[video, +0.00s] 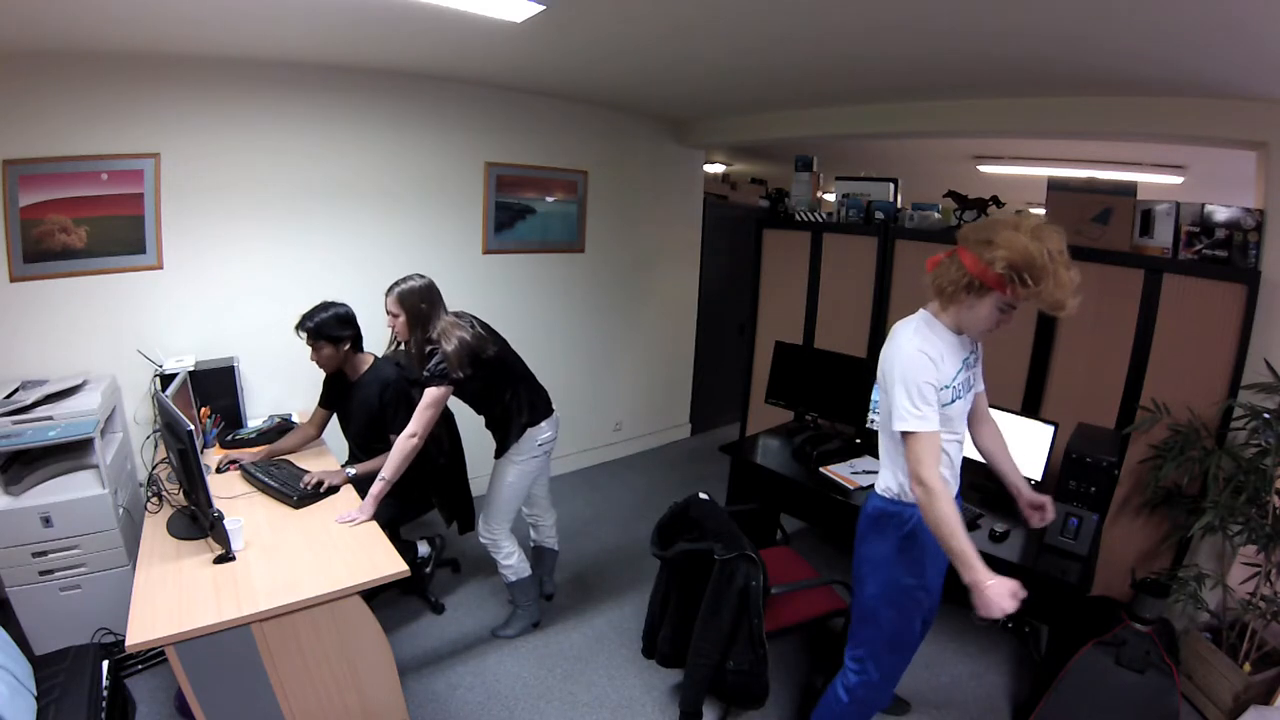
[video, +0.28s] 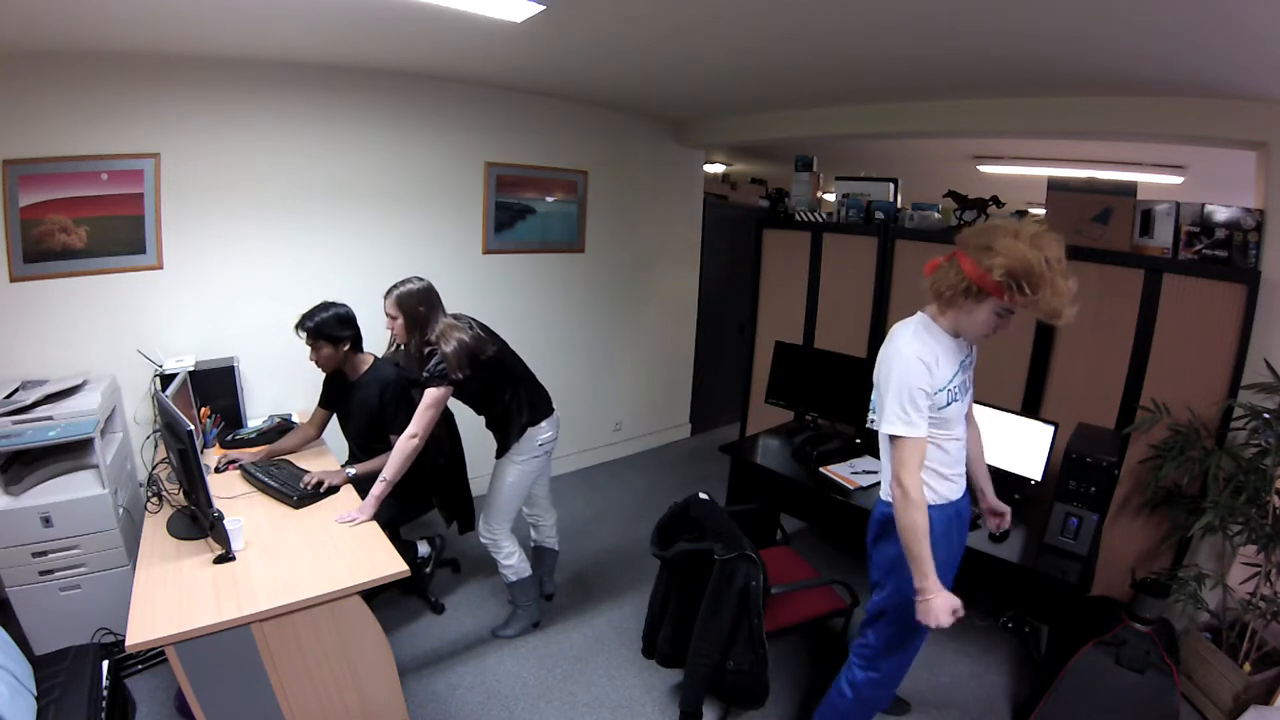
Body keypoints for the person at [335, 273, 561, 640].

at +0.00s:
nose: (389, 324)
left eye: (393, 316)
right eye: (388, 315)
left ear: (418, 313)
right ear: (425, 310)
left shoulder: (446, 349)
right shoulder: (457, 322)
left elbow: (414, 436)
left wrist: (371, 500)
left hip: (525, 431)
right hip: (538, 419)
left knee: (493, 529)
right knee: (538, 506)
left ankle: (527, 607)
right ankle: (545, 581)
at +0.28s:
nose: (388, 326)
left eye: (392, 318)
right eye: (387, 317)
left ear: (416, 315)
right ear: (424, 313)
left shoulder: (445, 352)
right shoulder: (457, 325)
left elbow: (414, 436)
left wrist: (372, 500)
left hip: (526, 431)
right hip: (539, 419)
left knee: (494, 529)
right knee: (539, 507)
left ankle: (527, 608)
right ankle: (545, 582)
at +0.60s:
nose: (387, 327)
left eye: (391, 319)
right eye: (387, 319)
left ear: (414, 317)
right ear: (424, 314)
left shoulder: (445, 353)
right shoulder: (456, 326)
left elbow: (414, 436)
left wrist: (371, 500)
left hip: (527, 432)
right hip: (540, 419)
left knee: (494, 529)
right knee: (539, 507)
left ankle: (527, 608)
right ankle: (545, 581)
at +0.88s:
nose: (387, 327)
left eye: (391, 320)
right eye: (386, 319)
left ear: (414, 318)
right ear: (422, 314)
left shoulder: (445, 352)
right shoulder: (455, 326)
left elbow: (414, 436)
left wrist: (371, 500)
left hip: (528, 432)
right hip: (540, 419)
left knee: (494, 528)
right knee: (539, 507)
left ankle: (527, 607)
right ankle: (545, 581)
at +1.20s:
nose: (386, 328)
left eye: (390, 320)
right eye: (386, 320)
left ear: (413, 318)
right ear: (421, 315)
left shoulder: (445, 352)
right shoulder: (454, 327)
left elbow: (414, 436)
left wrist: (371, 500)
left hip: (528, 431)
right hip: (540, 419)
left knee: (494, 529)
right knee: (540, 508)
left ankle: (527, 607)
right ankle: (545, 582)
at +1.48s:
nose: (386, 328)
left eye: (390, 320)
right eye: (386, 320)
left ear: (413, 318)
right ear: (422, 314)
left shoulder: (444, 355)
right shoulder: (456, 327)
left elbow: (414, 437)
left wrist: (372, 500)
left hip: (528, 432)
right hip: (542, 419)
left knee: (494, 529)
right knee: (540, 507)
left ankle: (527, 607)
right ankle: (545, 582)